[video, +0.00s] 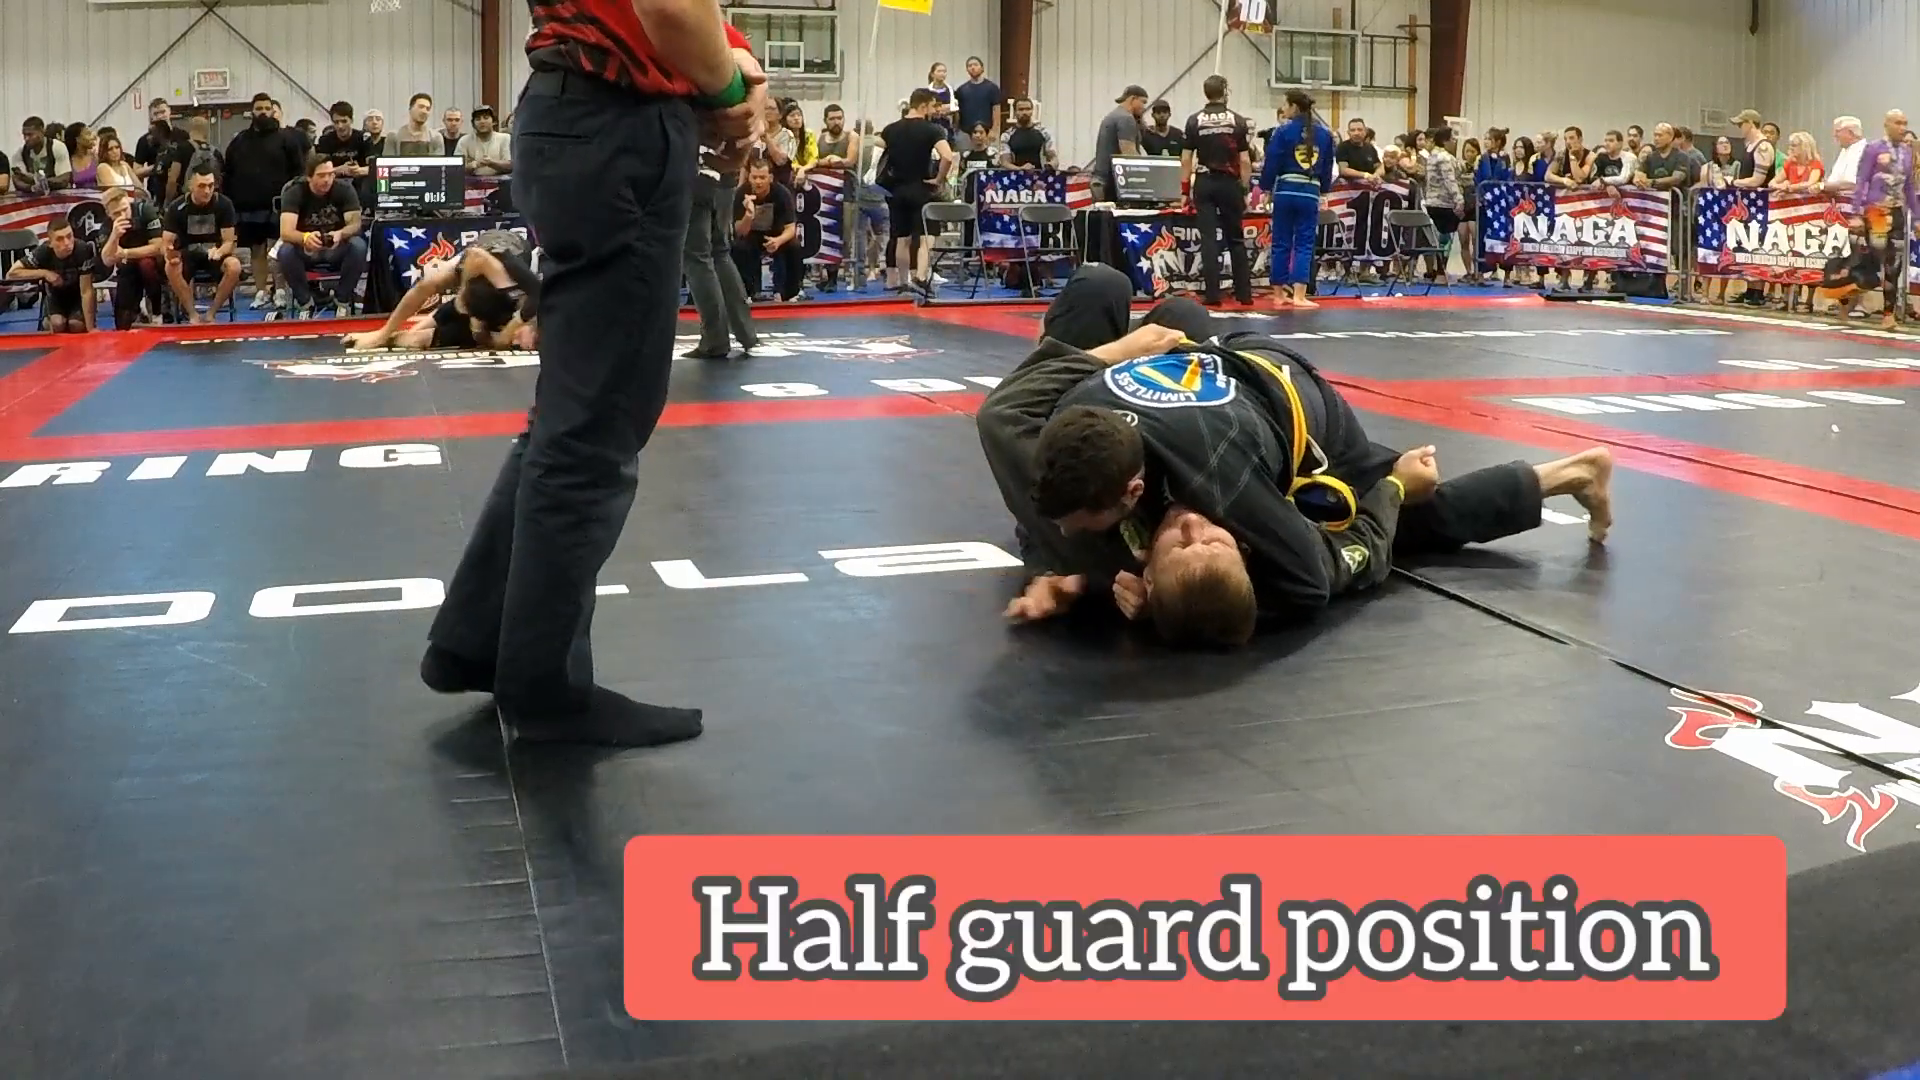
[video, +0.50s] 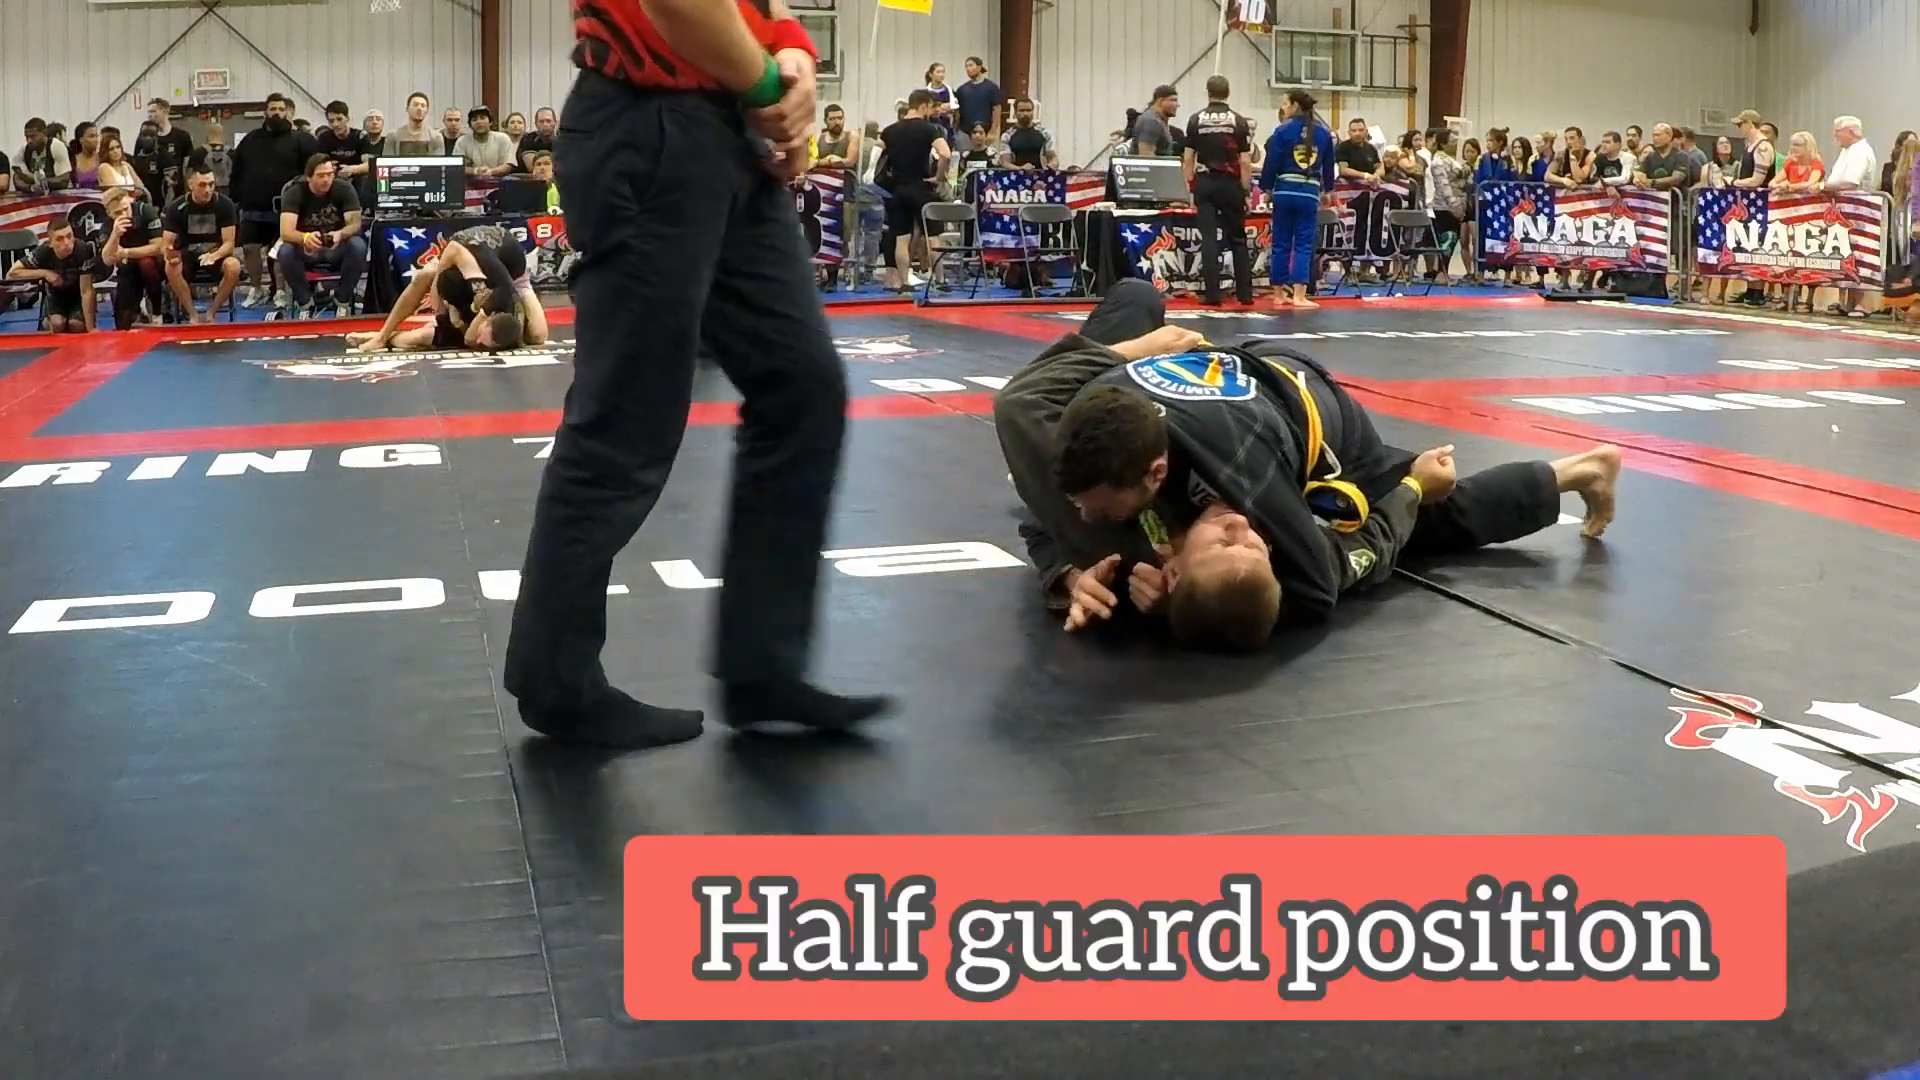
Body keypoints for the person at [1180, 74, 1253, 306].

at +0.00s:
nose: (1226, 94)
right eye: (1225, 91)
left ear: (1205, 94)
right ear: (1225, 93)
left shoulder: (1194, 121)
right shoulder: (1238, 121)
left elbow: (1186, 158)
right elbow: (1244, 160)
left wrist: (1184, 191)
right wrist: (1245, 190)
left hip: (1204, 181)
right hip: (1230, 182)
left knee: (1208, 239)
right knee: (1236, 239)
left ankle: (1212, 294)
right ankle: (1244, 293)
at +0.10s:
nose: (1229, 93)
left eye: (1227, 90)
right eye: (1227, 90)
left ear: (1206, 94)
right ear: (1224, 93)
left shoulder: (1194, 120)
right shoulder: (1237, 120)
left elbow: (1186, 158)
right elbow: (1243, 160)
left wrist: (1185, 190)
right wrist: (1245, 190)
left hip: (1204, 181)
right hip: (1230, 182)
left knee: (1208, 239)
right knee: (1237, 239)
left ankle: (1212, 295)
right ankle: (1244, 294)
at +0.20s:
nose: (1230, 94)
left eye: (1227, 90)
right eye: (1228, 91)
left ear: (1207, 94)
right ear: (1226, 93)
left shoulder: (1194, 120)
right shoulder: (1237, 121)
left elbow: (1186, 159)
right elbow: (1244, 160)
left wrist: (1186, 191)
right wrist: (1244, 191)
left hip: (1204, 181)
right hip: (1230, 182)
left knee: (1208, 239)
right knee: (1237, 239)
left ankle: (1212, 295)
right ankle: (1244, 294)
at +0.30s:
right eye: (1225, 92)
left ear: (1208, 93)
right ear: (1228, 94)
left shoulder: (1194, 120)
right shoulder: (1238, 121)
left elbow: (1187, 158)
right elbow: (1244, 160)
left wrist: (1189, 189)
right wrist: (1244, 192)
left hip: (1204, 181)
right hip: (1230, 182)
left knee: (1208, 239)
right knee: (1237, 238)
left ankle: (1212, 294)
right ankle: (1245, 294)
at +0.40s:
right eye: (1224, 92)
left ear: (1208, 93)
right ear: (1228, 94)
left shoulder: (1195, 120)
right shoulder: (1238, 121)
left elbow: (1187, 158)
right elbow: (1244, 160)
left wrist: (1191, 185)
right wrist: (1245, 191)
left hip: (1203, 181)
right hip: (1230, 182)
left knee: (1208, 239)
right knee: (1238, 239)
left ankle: (1212, 295)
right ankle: (1245, 294)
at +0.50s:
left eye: (1211, 91)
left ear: (1208, 93)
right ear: (1228, 94)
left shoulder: (1195, 120)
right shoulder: (1239, 121)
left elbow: (1188, 159)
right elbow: (1245, 160)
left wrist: (1192, 185)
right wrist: (1245, 191)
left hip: (1203, 181)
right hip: (1230, 182)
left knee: (1208, 238)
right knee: (1238, 238)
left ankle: (1212, 294)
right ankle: (1245, 294)